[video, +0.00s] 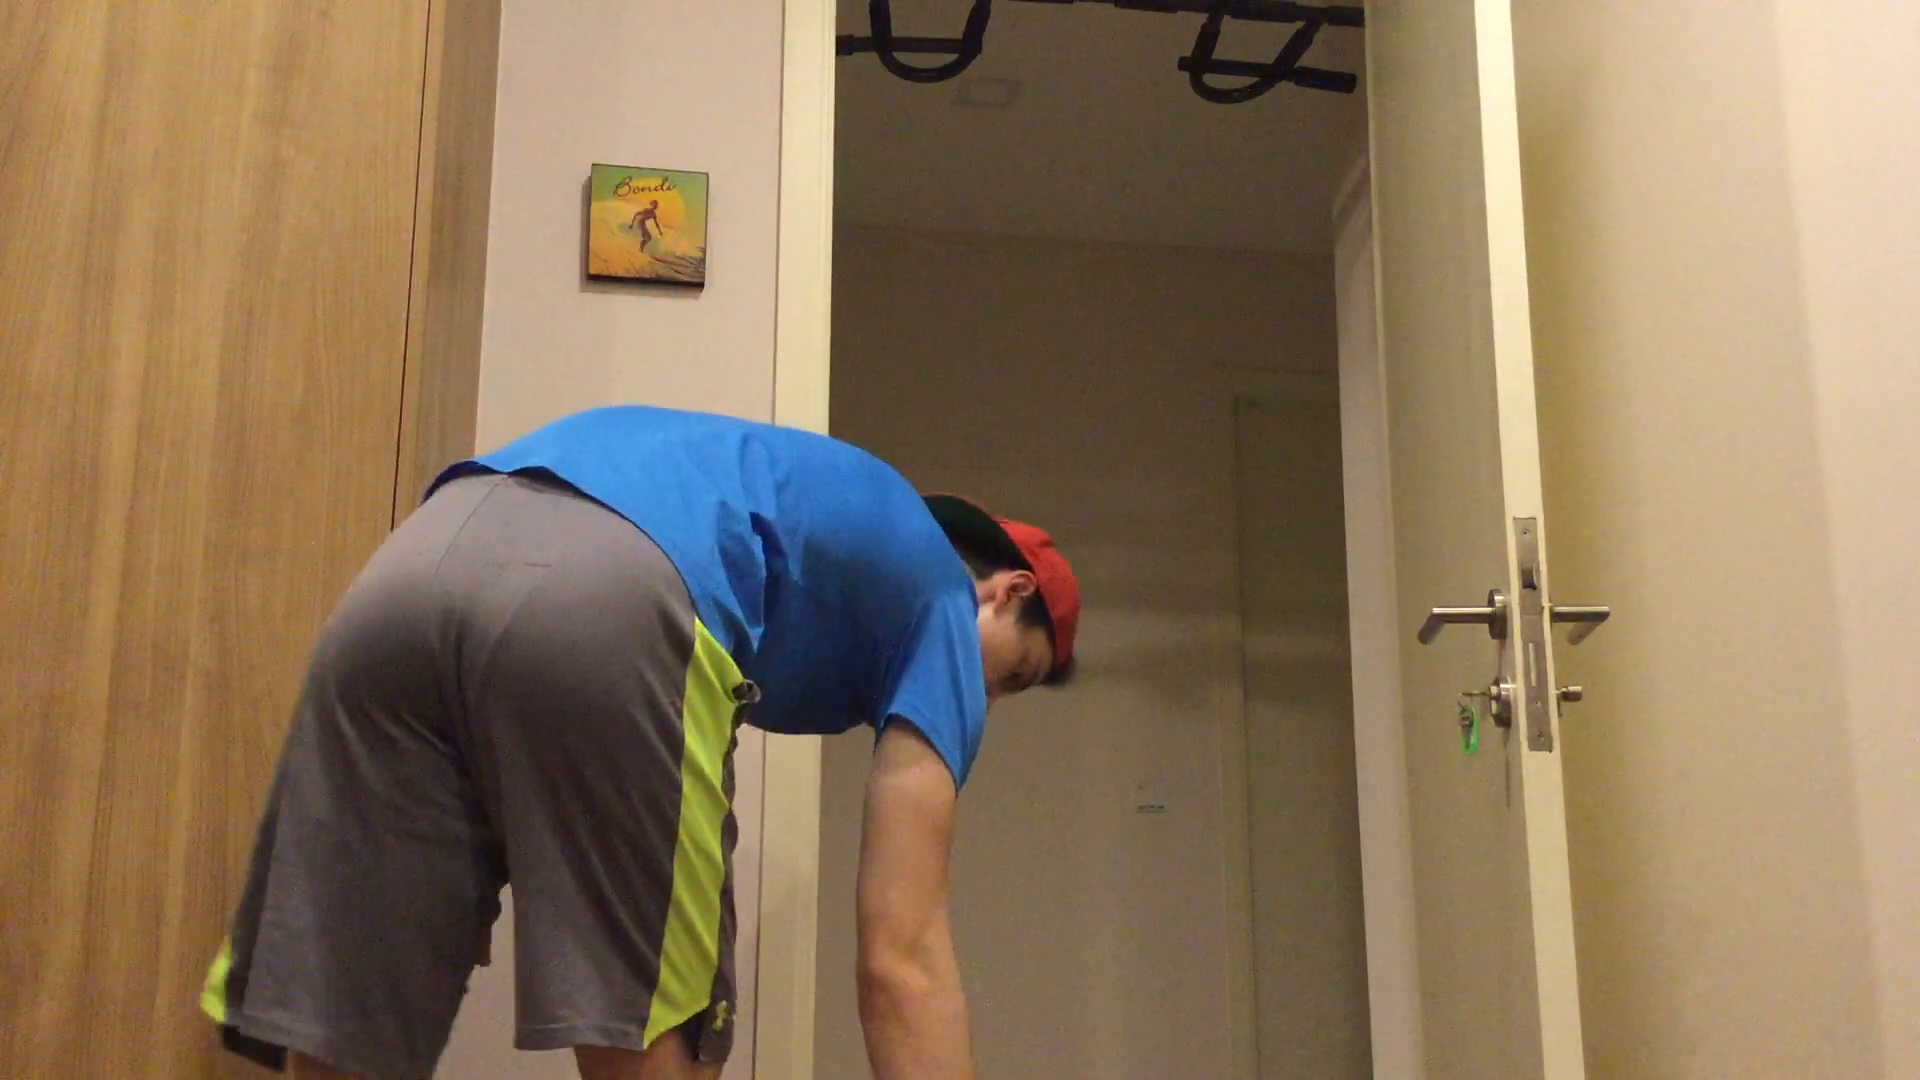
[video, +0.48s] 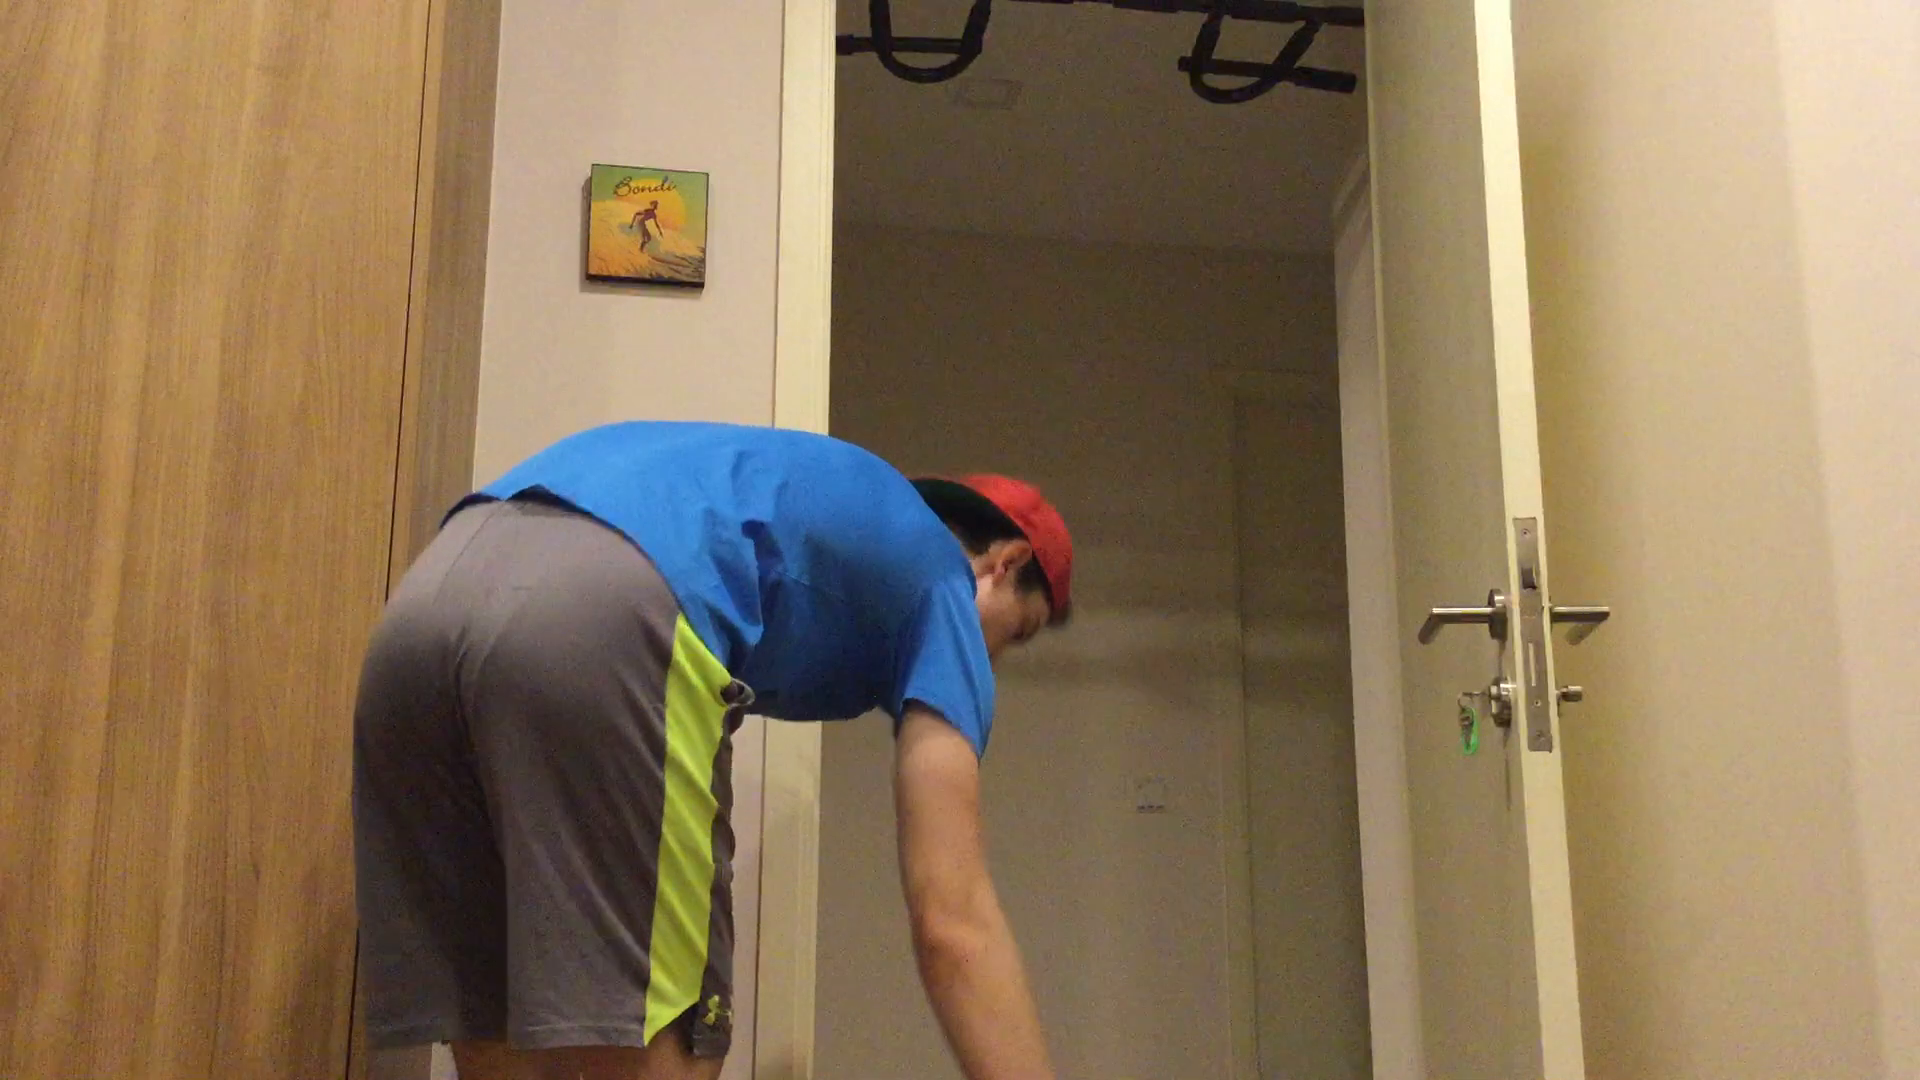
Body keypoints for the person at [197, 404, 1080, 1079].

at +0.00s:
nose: (1004, 685)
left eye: (1027, 679)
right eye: (1026, 660)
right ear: (1003, 587)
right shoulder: (945, 617)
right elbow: (901, 968)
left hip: (428, 540)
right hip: (613, 592)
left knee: (323, 1037)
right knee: (640, 1044)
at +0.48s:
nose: (1000, 657)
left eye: (1022, 644)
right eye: (1019, 628)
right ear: (996, 563)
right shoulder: (940, 583)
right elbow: (952, 922)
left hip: (433, 589)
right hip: (603, 615)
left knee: (491, 1042)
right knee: (633, 1049)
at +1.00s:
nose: (956, 264)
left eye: (963, 239)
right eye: (962, 233)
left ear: (848, 206)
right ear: (936, 210)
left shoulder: (725, 302)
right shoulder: (887, 297)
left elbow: (637, 499)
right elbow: (803, 504)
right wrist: (780, 748)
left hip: (550, 651)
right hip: (675, 643)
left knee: (599, 1047)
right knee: (823, 1024)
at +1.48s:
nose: (1021, 247)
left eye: (1019, 235)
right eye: (1022, 232)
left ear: (905, 221)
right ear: (1013, 231)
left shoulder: (808, 353)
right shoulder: (1002, 345)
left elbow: (800, 562)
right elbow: (985, 577)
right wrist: (1011, 797)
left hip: (815, 742)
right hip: (931, 746)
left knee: (782, 1051)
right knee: (966, 1052)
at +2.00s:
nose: (1155, 332)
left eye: (1160, 305)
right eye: (1159, 299)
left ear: (1061, 282)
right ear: (1128, 278)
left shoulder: (986, 418)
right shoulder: (1109, 384)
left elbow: (963, 643)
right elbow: (1162, 605)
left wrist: (967, 832)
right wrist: (1320, 715)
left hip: (1039, 770)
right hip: (1108, 768)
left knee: (1171, 1055)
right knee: (1093, 1054)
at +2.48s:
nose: (1197, 317)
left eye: (1206, 303)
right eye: (1170, 303)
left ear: (1220, 324)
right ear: (1123, 331)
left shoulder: (1210, 490)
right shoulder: (1110, 442)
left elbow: (1214, 674)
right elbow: (1173, 615)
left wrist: (1255, 832)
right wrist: (1309, 716)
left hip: (1185, 795)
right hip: (1106, 783)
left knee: (1188, 1056)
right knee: (1150, 1052)